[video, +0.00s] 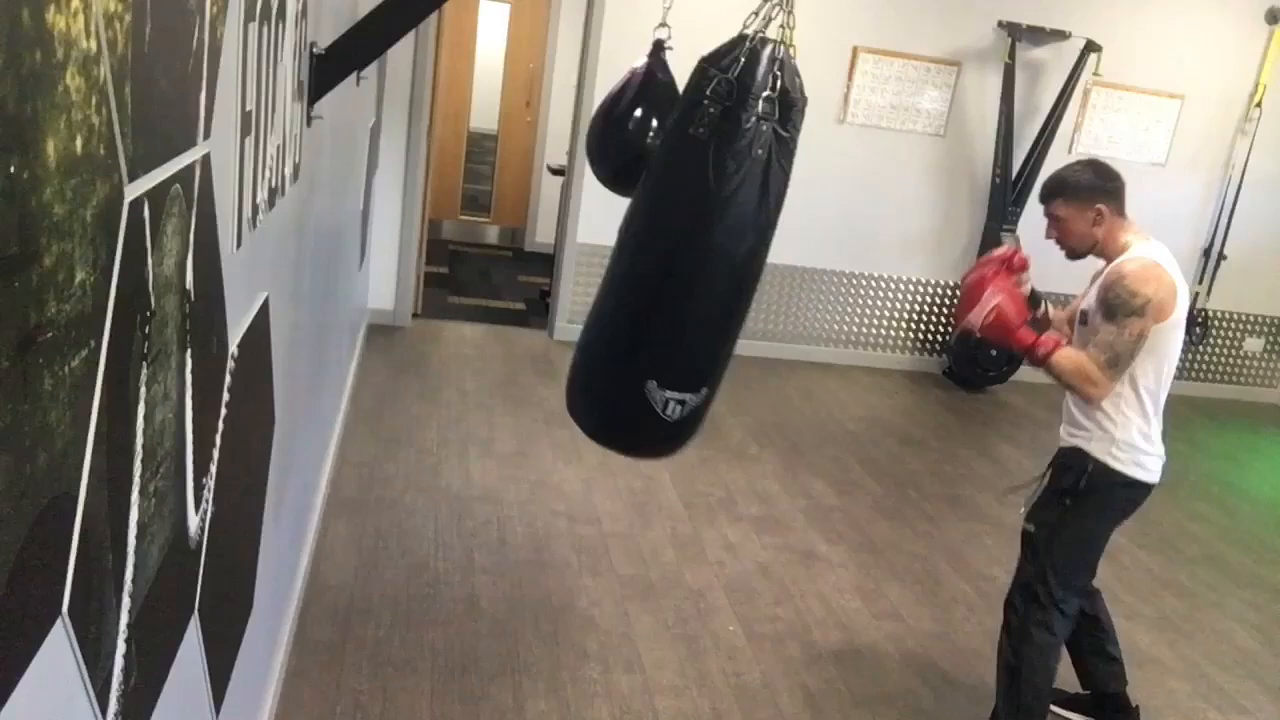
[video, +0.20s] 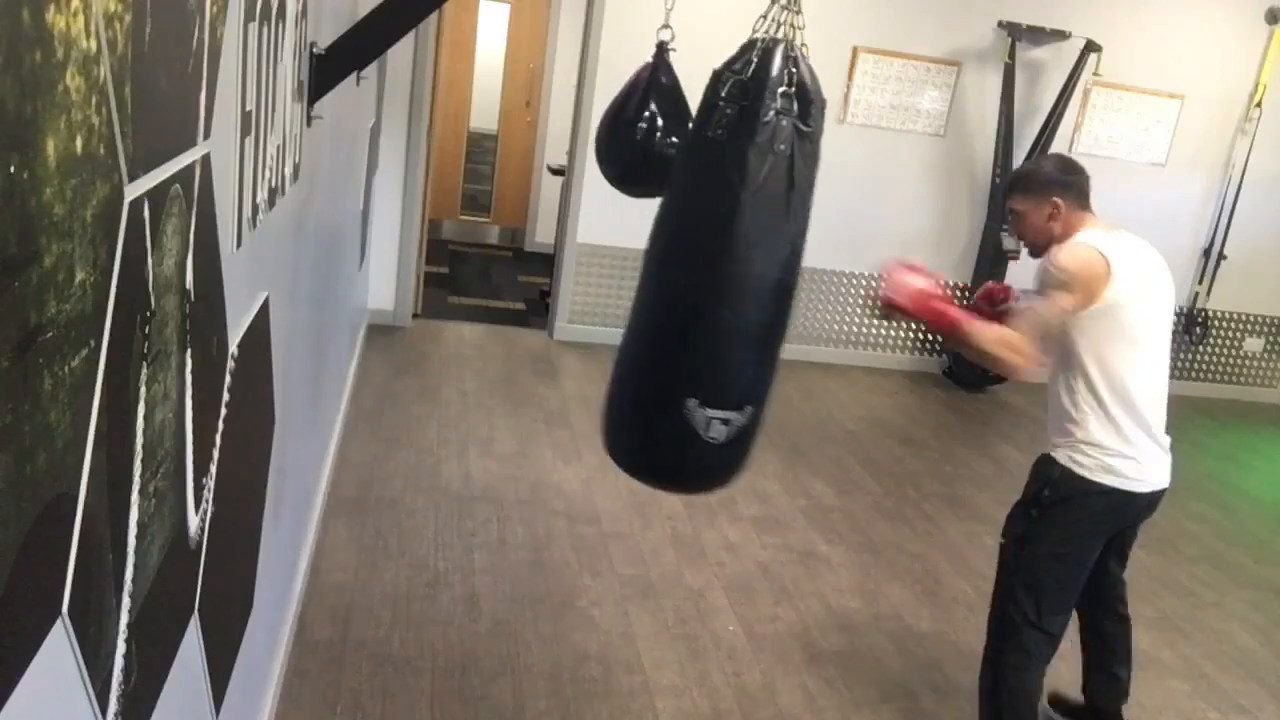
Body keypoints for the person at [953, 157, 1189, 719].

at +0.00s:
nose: (1052, 235)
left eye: (1057, 222)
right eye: (1049, 223)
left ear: (1099, 214)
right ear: (1101, 215)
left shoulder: (1139, 276)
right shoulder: (1128, 263)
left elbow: (1094, 380)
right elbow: (1073, 325)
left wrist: (1021, 335)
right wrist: (1022, 302)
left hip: (1103, 462)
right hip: (1101, 454)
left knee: (1036, 600)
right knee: (1069, 582)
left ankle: (1016, 713)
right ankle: (1110, 699)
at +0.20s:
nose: (1015, 236)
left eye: (1017, 222)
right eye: (1011, 223)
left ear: (1056, 208)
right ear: (1069, 208)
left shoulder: (1074, 261)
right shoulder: (1143, 256)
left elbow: (1024, 358)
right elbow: (1098, 336)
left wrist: (937, 310)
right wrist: (1017, 310)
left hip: (1085, 473)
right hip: (1143, 474)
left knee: (1025, 614)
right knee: (1101, 586)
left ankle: (1006, 709)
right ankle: (1104, 703)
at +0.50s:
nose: (1019, 244)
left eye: (1022, 229)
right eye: (1016, 231)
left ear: (1060, 215)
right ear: (1073, 215)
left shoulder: (1076, 258)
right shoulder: (1157, 270)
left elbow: (971, 307)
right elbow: (1120, 372)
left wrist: (893, 270)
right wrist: (1037, 366)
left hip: (1068, 495)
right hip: (1136, 503)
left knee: (981, 648)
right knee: (1084, 633)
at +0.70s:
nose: (1006, 252)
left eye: (1010, 239)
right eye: (1003, 241)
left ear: (1052, 224)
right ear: (1052, 226)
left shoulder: (1142, 270)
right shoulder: (1054, 281)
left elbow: (1109, 359)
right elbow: (974, 309)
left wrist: (1030, 290)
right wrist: (879, 316)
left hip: (1094, 510)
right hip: (1049, 496)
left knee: (981, 687)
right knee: (1061, 627)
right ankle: (1119, 711)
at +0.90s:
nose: (1022, 245)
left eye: (1026, 229)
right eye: (1019, 231)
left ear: (1072, 220)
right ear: (1074, 220)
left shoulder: (1146, 277)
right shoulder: (1096, 281)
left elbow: (1090, 393)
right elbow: (1042, 344)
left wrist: (1014, 325)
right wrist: (961, 335)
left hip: (1100, 515)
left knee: (1005, 672)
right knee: (1075, 634)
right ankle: (1119, 713)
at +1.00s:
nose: (1036, 236)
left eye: (1041, 221)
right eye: (1034, 222)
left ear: (1083, 213)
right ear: (1088, 213)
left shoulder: (1132, 275)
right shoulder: (1158, 265)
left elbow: (1087, 397)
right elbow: (1091, 376)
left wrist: (1011, 336)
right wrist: (1021, 337)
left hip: (1100, 515)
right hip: (1149, 512)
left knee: (1014, 673)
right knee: (1097, 649)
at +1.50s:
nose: (1043, 224)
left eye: (1050, 210)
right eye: (1043, 210)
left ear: (1089, 209)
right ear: (1108, 206)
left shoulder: (1102, 280)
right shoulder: (1181, 277)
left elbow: (1035, 392)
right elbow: (1116, 370)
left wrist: (978, 329)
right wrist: (1035, 315)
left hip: (1057, 508)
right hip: (1132, 516)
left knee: (950, 657)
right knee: (1112, 680)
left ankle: (904, 712)